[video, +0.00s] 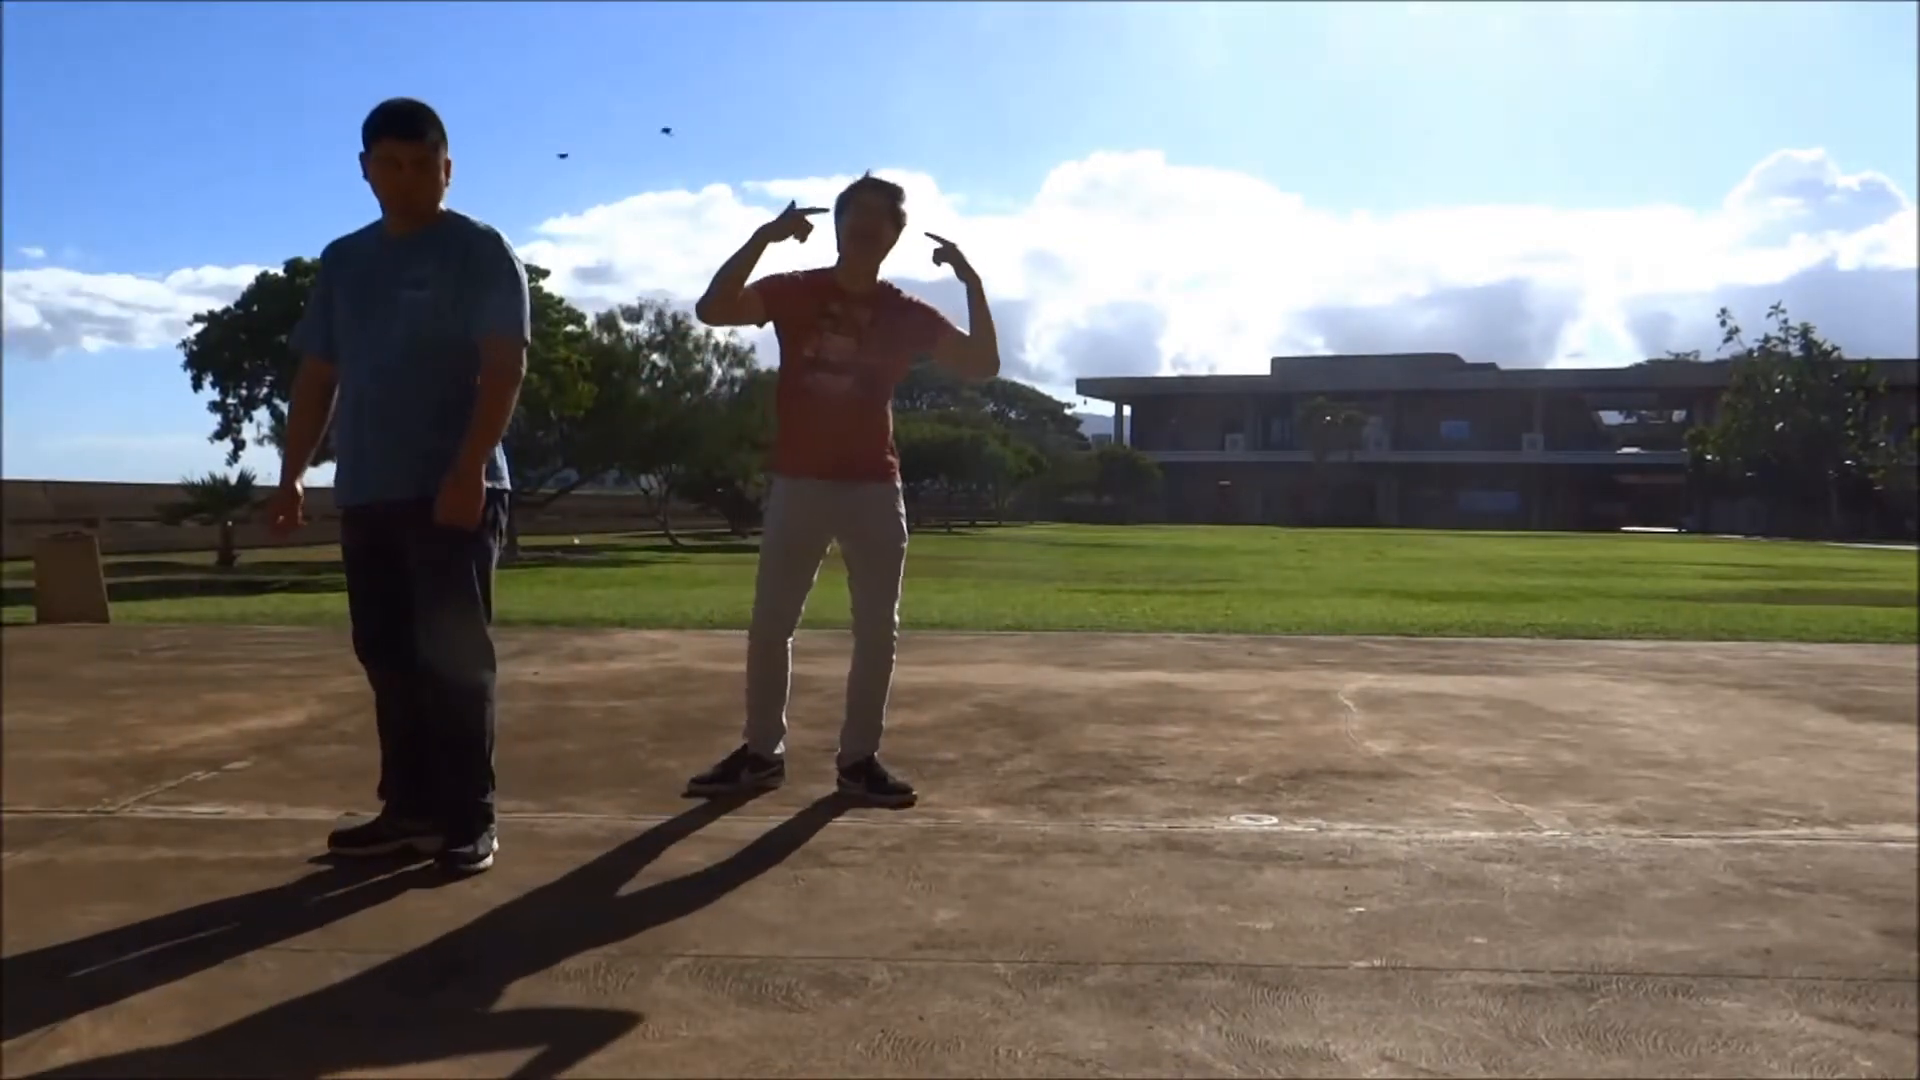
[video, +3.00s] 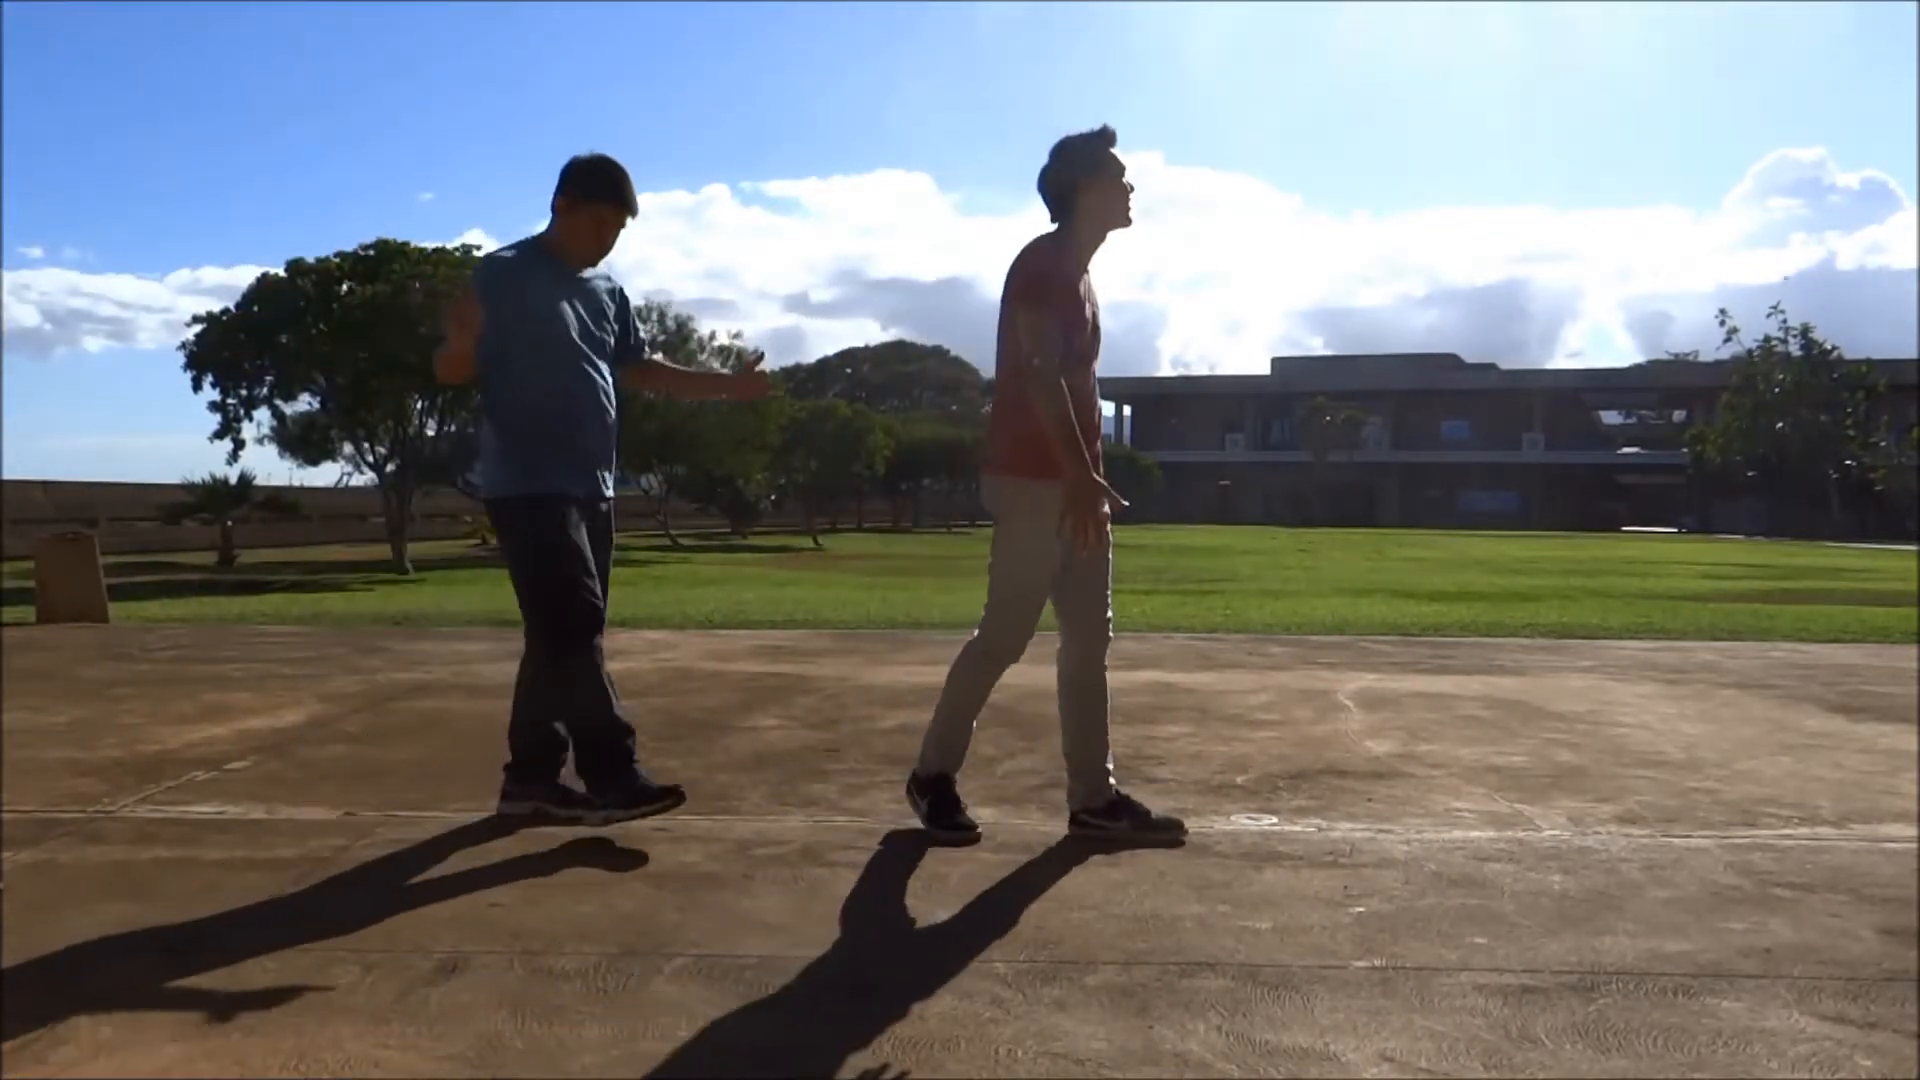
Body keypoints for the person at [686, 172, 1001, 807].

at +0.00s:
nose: (872, 226)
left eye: (885, 218)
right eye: (862, 213)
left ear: (898, 233)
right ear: (838, 222)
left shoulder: (904, 313)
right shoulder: (795, 290)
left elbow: (984, 361)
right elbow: (713, 308)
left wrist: (971, 282)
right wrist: (764, 237)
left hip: (874, 492)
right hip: (799, 487)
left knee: (877, 633)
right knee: (770, 624)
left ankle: (859, 761)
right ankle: (762, 753)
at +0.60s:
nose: (910, 213)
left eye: (917, 203)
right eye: (896, 203)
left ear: (928, 215)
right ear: (868, 216)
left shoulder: (946, 306)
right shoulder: (831, 284)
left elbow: (1010, 376)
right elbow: (746, 326)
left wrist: (978, 352)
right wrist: (805, 325)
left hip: (907, 482)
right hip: (838, 476)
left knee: (882, 625)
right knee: (829, 621)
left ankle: (859, 760)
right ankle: (811, 760)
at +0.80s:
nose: (924, 210)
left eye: (925, 200)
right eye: (909, 200)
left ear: (926, 215)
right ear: (873, 215)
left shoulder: (951, 305)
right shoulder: (835, 289)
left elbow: (983, 389)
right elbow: (777, 371)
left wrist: (973, 427)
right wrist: (820, 404)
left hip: (916, 480)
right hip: (851, 476)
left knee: (890, 620)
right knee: (865, 615)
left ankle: (865, 754)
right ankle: (860, 760)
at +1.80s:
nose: (987, 192)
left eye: (983, 180)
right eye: (973, 181)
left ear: (951, 196)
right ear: (930, 195)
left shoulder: (983, 285)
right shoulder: (879, 279)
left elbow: (1001, 389)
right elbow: (838, 392)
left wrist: (1039, 480)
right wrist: (843, 492)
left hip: (983, 484)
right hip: (917, 485)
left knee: (1000, 626)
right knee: (932, 635)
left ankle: (903, 718)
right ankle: (927, 788)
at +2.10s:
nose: (1003, 188)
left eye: (1002, 176)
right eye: (988, 176)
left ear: (983, 191)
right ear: (944, 188)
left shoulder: (991, 283)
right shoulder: (900, 274)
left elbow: (995, 390)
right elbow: (876, 391)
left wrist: (1018, 471)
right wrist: (897, 489)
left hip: (996, 485)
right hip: (933, 488)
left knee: (1029, 624)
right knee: (937, 640)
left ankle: (976, 768)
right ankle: (925, 787)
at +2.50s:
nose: (1048, 188)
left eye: (1043, 175)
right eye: (1035, 176)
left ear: (1011, 191)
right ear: (996, 191)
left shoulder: (1005, 285)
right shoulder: (951, 271)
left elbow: (1001, 391)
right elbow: (941, 388)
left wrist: (1018, 474)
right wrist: (994, 471)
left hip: (1007, 478)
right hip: (956, 481)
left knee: (1046, 630)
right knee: (953, 638)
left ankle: (1081, 787)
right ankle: (926, 791)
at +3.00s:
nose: (1130, 185)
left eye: (1125, 175)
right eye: (1117, 175)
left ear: (1091, 192)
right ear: (1082, 190)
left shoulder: (1076, 279)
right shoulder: (1043, 264)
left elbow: (1076, 388)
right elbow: (1043, 375)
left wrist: (1095, 480)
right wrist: (1079, 477)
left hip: (1078, 480)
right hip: (1032, 479)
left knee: (1087, 642)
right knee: (1006, 633)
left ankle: (1093, 799)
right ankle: (932, 776)